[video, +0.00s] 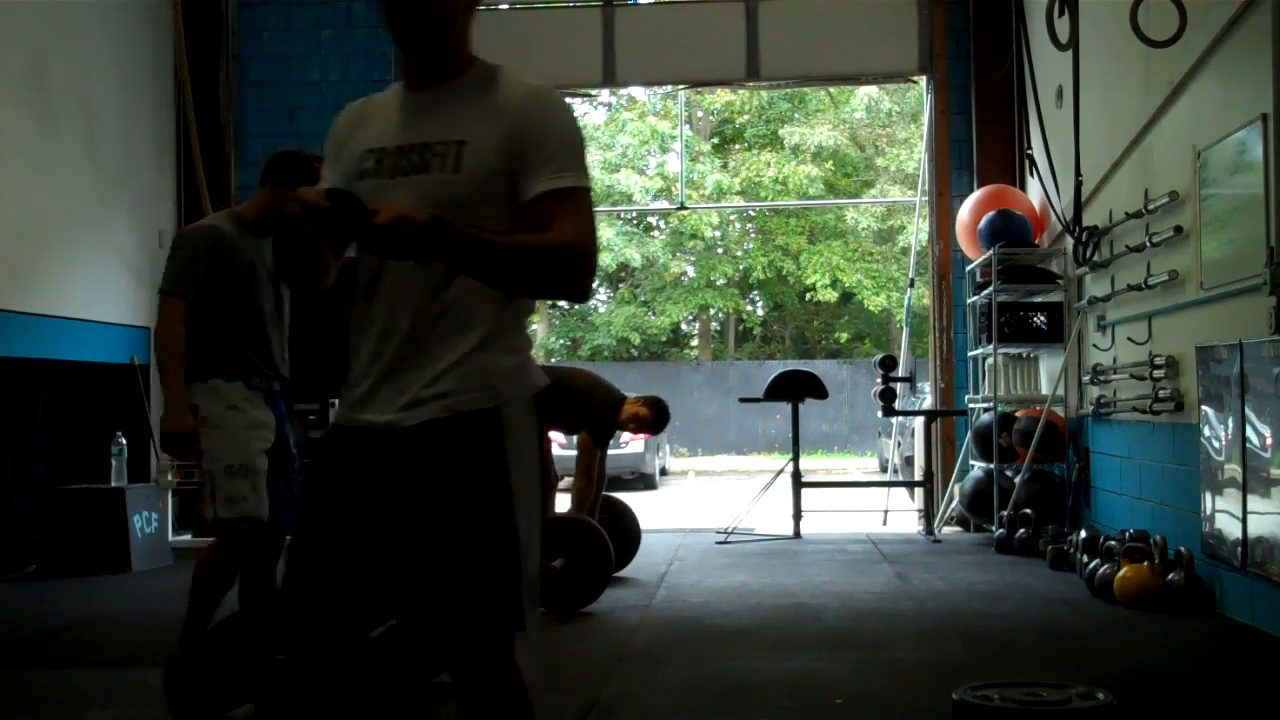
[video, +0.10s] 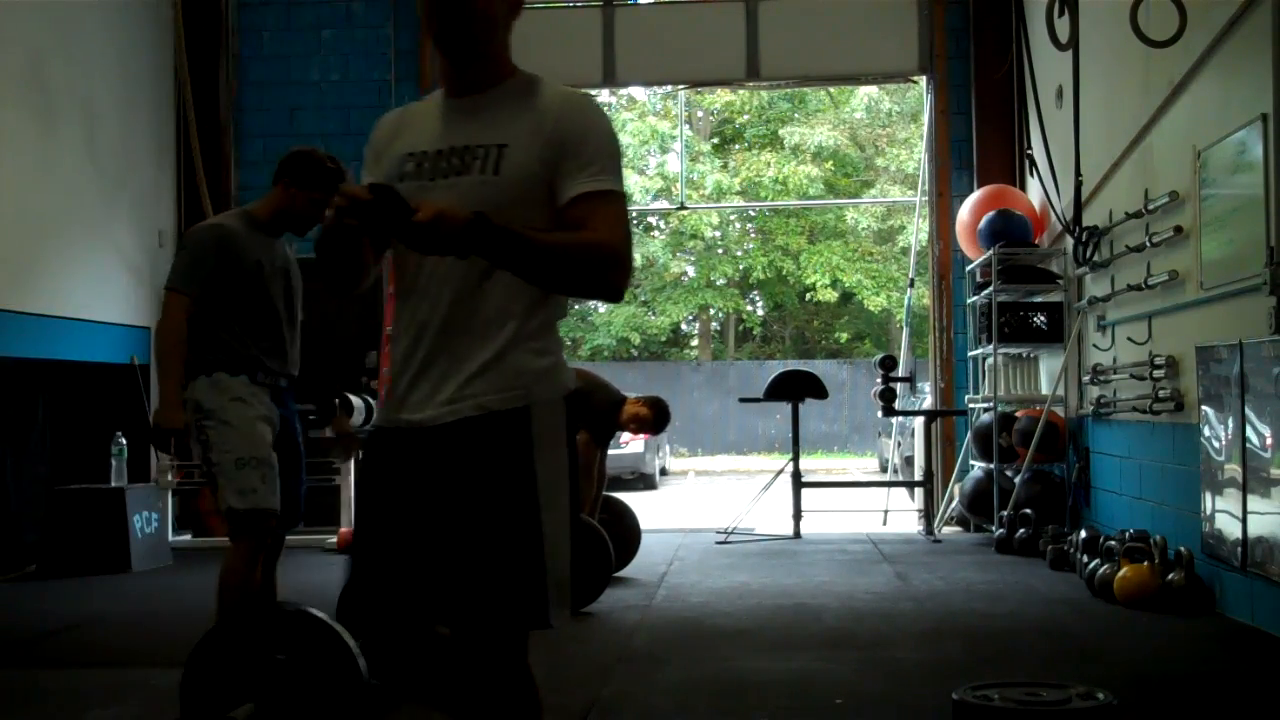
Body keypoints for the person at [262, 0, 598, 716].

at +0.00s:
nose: (413, 13)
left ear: (469, 2)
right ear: (384, 8)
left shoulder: (529, 109)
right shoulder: (355, 123)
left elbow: (574, 269)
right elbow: (316, 274)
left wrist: (434, 239)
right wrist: (303, 229)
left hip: (478, 417)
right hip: (366, 424)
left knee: (479, 652)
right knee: (326, 642)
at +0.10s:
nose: (453, 19)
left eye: (472, 3)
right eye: (442, 4)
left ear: (511, 8)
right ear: (425, 15)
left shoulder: (567, 116)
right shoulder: (393, 132)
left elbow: (610, 268)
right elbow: (351, 289)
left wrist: (476, 236)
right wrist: (345, 240)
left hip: (514, 415)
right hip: (408, 423)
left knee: (496, 651)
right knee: (387, 639)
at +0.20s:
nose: (480, 28)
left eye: (498, 11)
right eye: (468, 13)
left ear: (542, 15)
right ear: (454, 24)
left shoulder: (598, 123)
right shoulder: (429, 147)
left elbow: (639, 269)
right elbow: (376, 278)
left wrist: (509, 224)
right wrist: (387, 222)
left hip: (551, 412)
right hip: (455, 420)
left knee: (535, 644)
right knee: (483, 643)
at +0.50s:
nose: (546, 47)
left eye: (563, 29)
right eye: (534, 36)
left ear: (609, 35)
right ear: (526, 48)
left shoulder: (668, 117)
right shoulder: (528, 172)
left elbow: (713, 244)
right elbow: (489, 296)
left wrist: (582, 218)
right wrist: (465, 236)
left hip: (660, 399)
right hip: (576, 408)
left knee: (625, 613)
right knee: (602, 616)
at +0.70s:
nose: (600, 49)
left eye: (616, 31)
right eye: (588, 38)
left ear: (660, 36)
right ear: (581, 51)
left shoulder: (720, 118)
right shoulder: (583, 171)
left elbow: (764, 242)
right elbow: (541, 290)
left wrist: (635, 221)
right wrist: (525, 240)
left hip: (715, 396)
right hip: (628, 405)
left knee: (702, 613)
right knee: (651, 618)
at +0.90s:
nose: (674, 44)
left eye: (691, 27)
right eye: (662, 32)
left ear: (732, 37)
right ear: (652, 49)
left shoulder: (790, 129)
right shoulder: (644, 169)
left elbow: (826, 257)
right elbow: (595, 289)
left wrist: (705, 234)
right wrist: (586, 244)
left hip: (779, 409)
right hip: (677, 417)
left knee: (825, 612)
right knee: (669, 620)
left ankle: (903, 715)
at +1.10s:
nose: (759, 49)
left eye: (776, 32)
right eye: (745, 37)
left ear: (812, 46)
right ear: (732, 54)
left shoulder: (870, 138)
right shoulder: (719, 166)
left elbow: (907, 264)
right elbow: (663, 295)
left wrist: (789, 246)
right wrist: (667, 250)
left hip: (861, 419)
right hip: (753, 423)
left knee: (910, 616)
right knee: (715, 619)